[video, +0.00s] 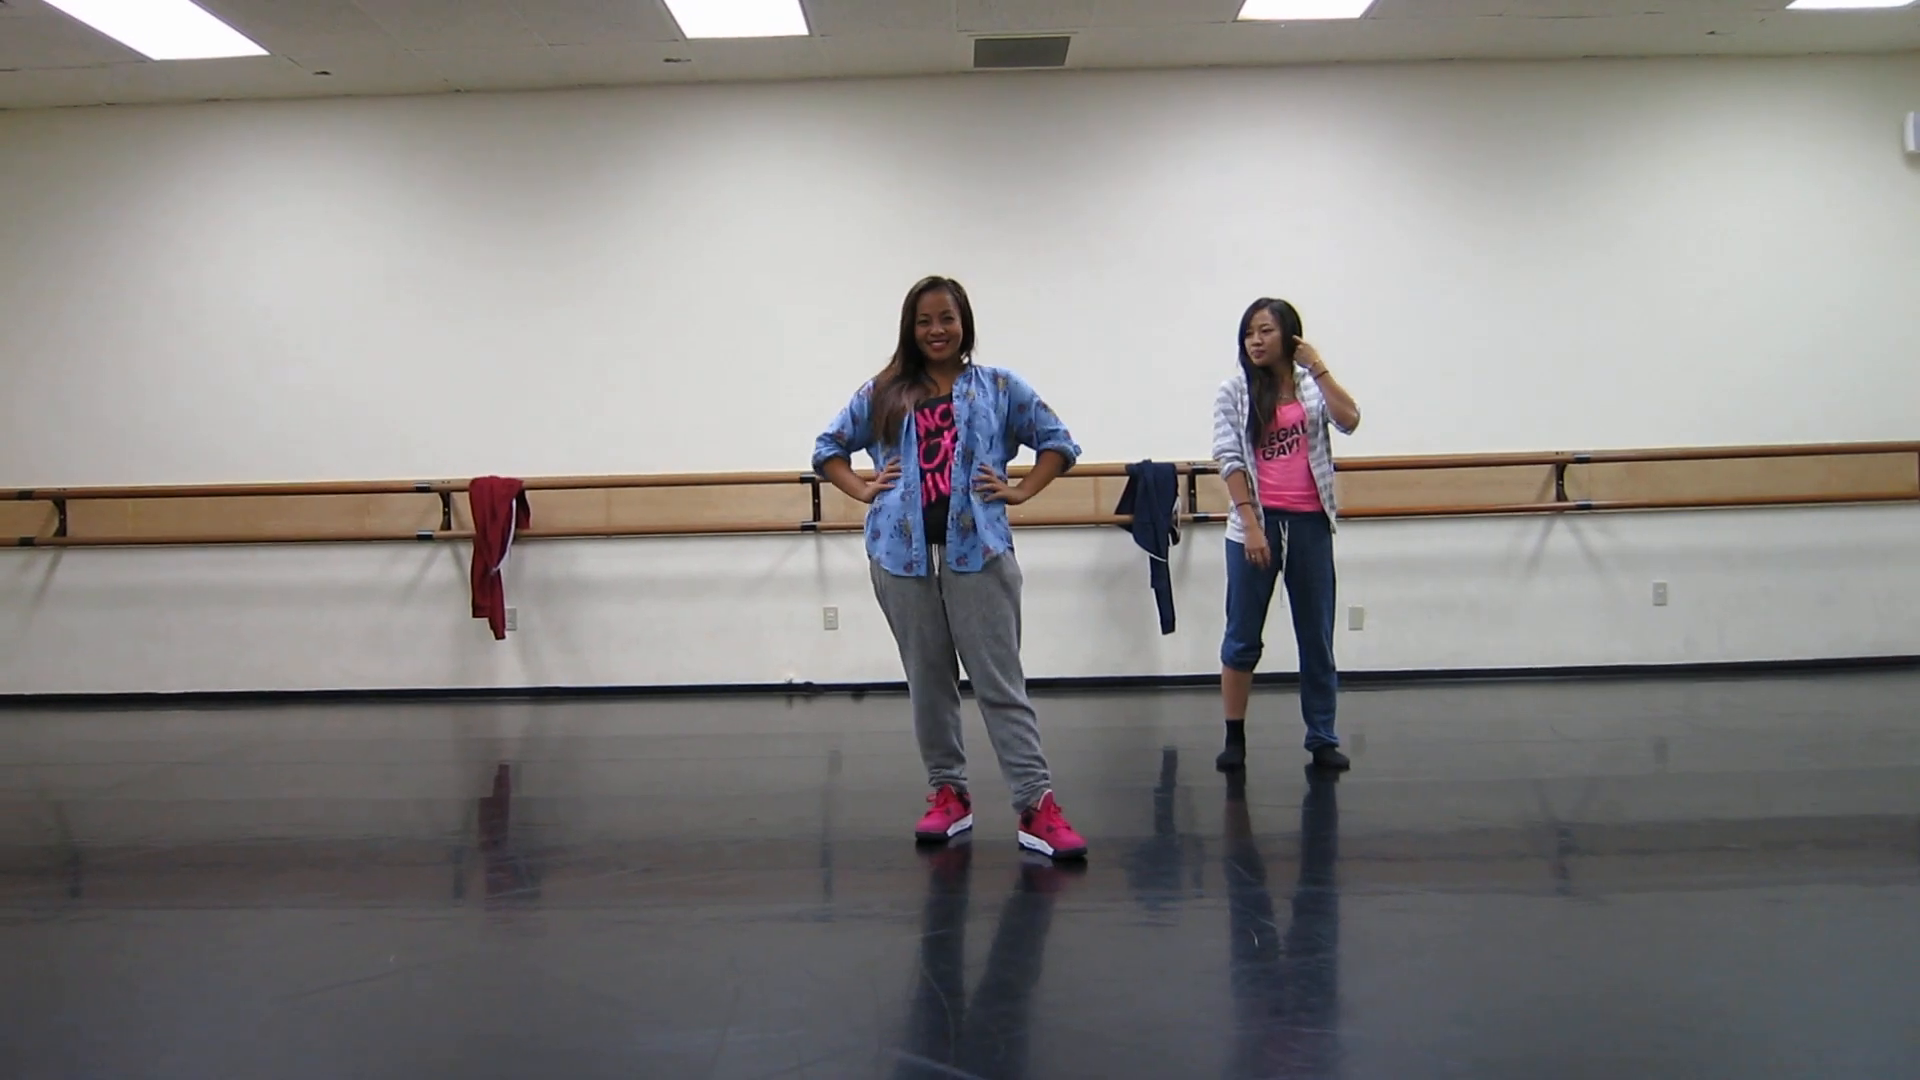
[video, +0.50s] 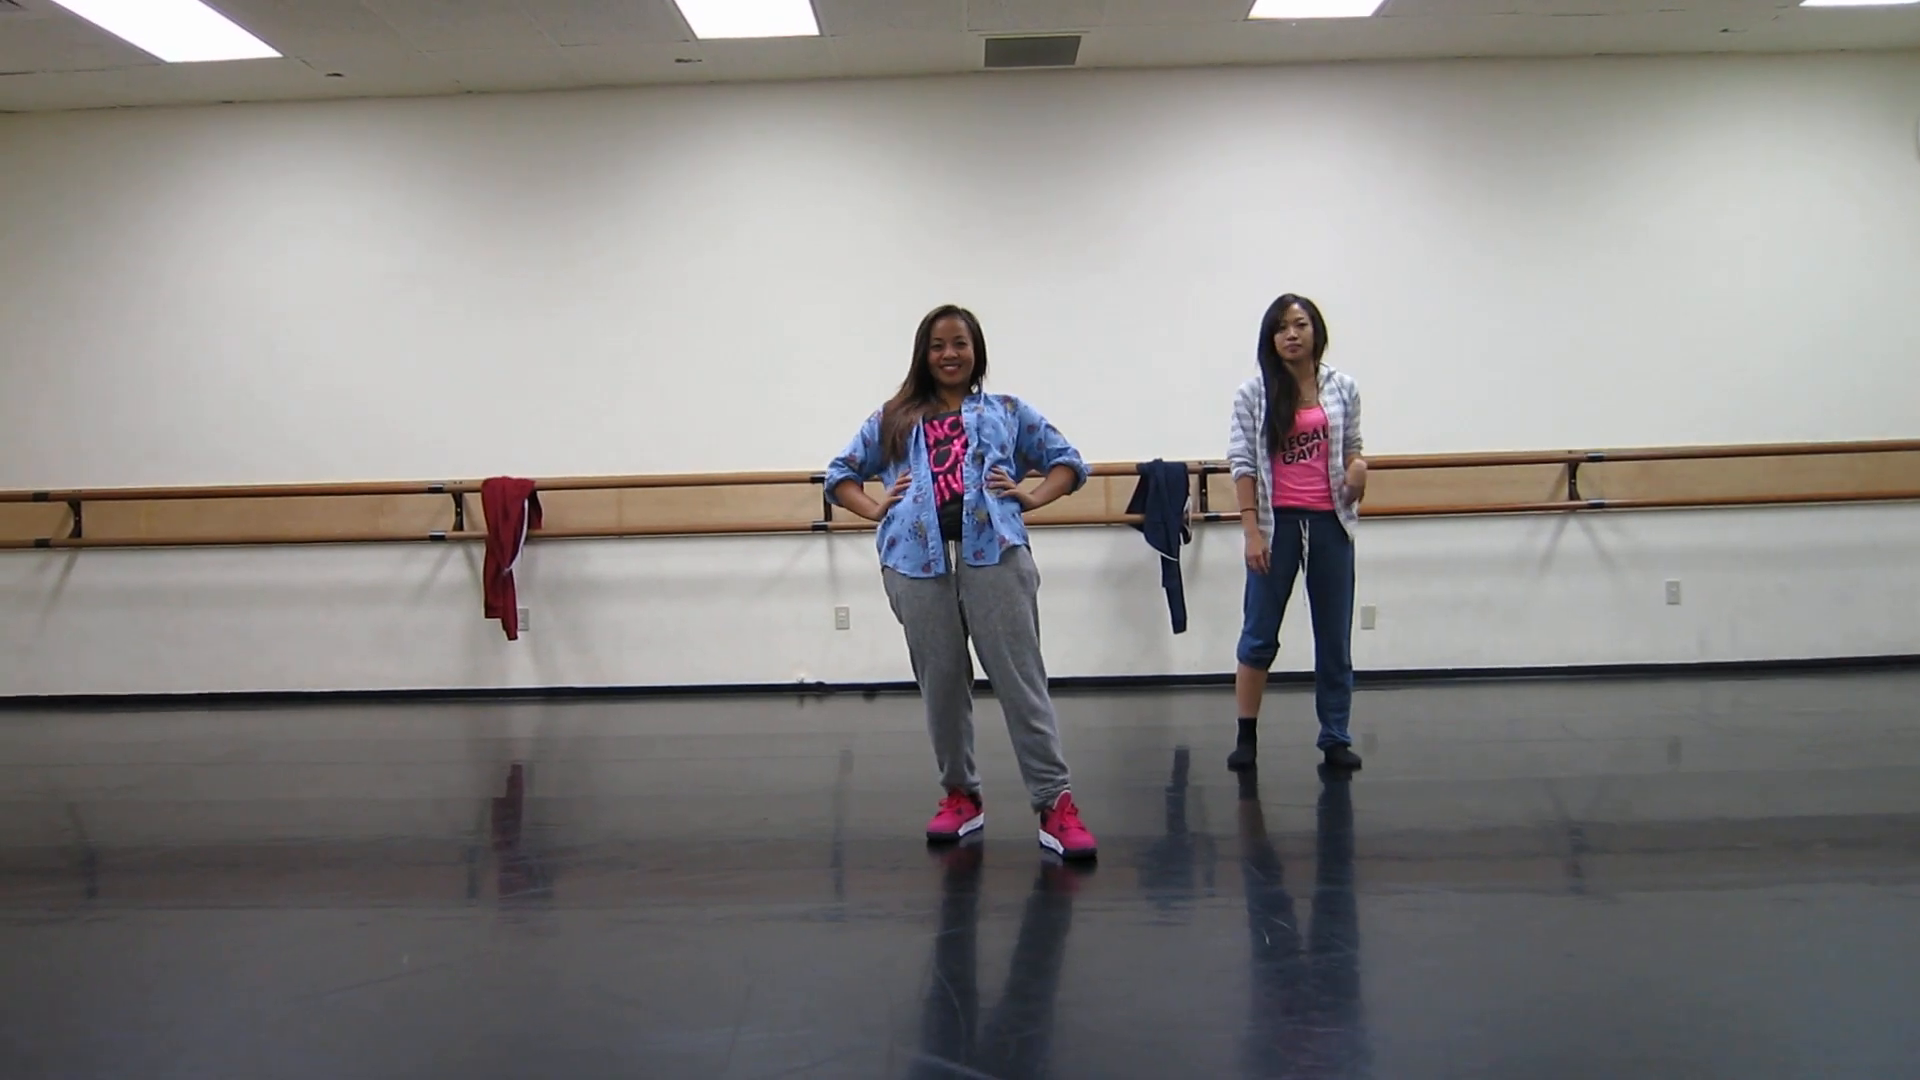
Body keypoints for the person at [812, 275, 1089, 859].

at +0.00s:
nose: (936, 329)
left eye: (947, 318)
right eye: (925, 320)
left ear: (965, 323)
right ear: (909, 328)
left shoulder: (998, 386)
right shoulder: (883, 394)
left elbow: (1060, 443)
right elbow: (826, 450)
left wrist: (1024, 487)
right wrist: (857, 486)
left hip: (978, 555)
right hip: (902, 559)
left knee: (1001, 685)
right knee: (928, 683)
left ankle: (1036, 807)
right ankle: (947, 796)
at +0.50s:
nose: (949, 354)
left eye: (960, 343)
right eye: (938, 345)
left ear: (977, 351)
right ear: (922, 354)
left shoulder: (1006, 411)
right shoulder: (893, 420)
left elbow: (1070, 464)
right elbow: (837, 475)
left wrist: (1033, 495)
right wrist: (873, 507)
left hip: (995, 556)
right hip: (917, 562)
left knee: (1021, 681)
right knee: (941, 685)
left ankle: (1056, 807)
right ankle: (960, 798)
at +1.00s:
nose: (942, 312)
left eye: (951, 303)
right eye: (931, 307)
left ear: (971, 315)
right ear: (916, 324)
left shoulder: (1006, 383)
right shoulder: (890, 392)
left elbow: (1068, 438)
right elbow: (834, 450)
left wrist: (1043, 485)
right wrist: (876, 493)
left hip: (1003, 548)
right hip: (926, 556)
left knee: (1025, 677)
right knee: (952, 682)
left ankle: (1055, 799)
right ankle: (965, 794)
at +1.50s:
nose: (941, 288)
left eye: (951, 279)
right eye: (930, 281)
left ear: (971, 291)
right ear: (914, 297)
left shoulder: (1006, 358)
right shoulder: (887, 371)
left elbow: (1063, 421)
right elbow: (844, 442)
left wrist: (1040, 485)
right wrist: (877, 494)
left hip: (1001, 540)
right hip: (923, 549)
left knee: (1020, 673)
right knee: (946, 680)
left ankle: (1048, 793)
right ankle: (959, 793)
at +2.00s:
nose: (941, 288)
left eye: (952, 278)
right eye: (929, 280)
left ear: (970, 289)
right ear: (912, 293)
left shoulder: (1001, 363)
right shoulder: (883, 366)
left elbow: (1024, 452)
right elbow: (861, 448)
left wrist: (1044, 520)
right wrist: (862, 515)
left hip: (987, 547)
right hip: (910, 551)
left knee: (994, 676)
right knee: (930, 679)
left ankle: (1027, 792)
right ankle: (948, 791)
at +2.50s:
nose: (981, 289)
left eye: (992, 279)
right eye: (969, 281)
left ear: (1009, 290)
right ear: (953, 292)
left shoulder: (1034, 362)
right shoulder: (923, 361)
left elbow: (1040, 448)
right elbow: (917, 454)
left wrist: (958, 455)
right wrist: (986, 489)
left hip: (1016, 544)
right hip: (941, 546)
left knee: (1026, 677)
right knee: (953, 677)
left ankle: (1048, 795)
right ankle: (967, 791)